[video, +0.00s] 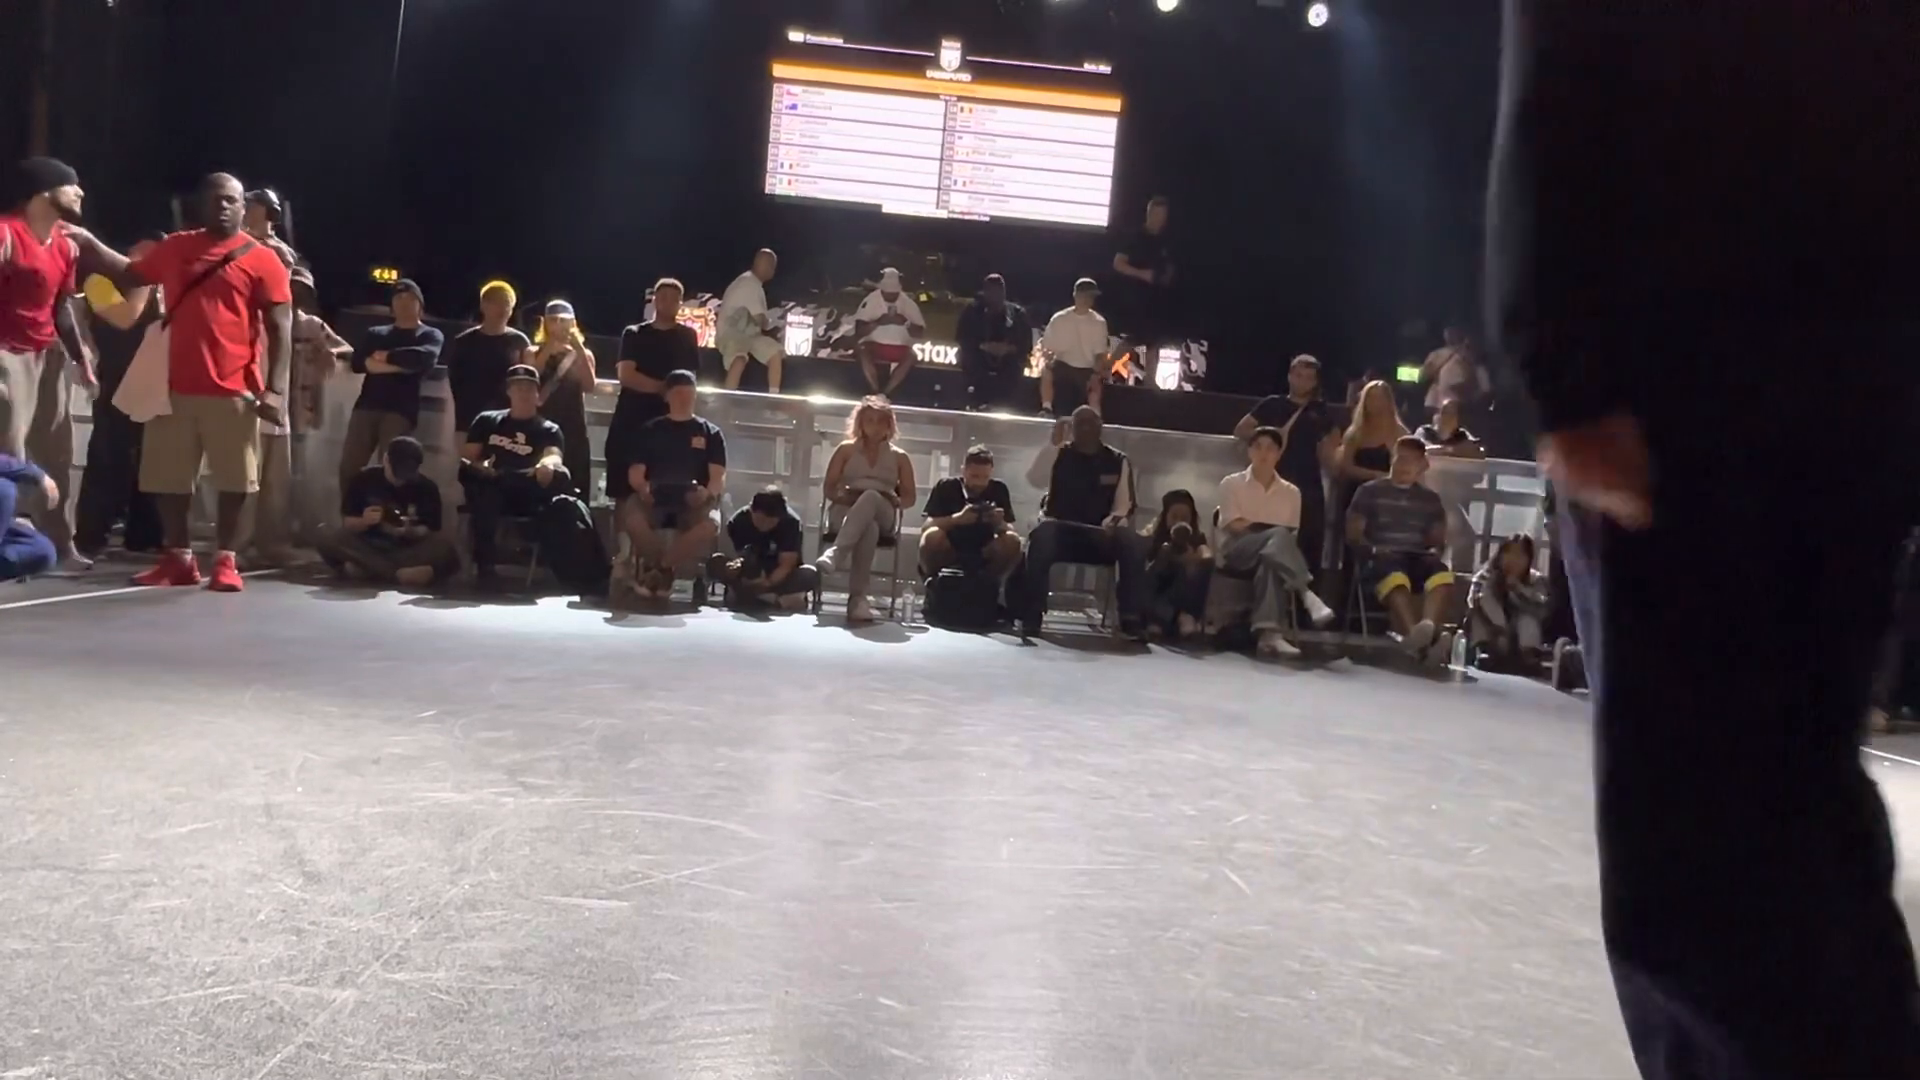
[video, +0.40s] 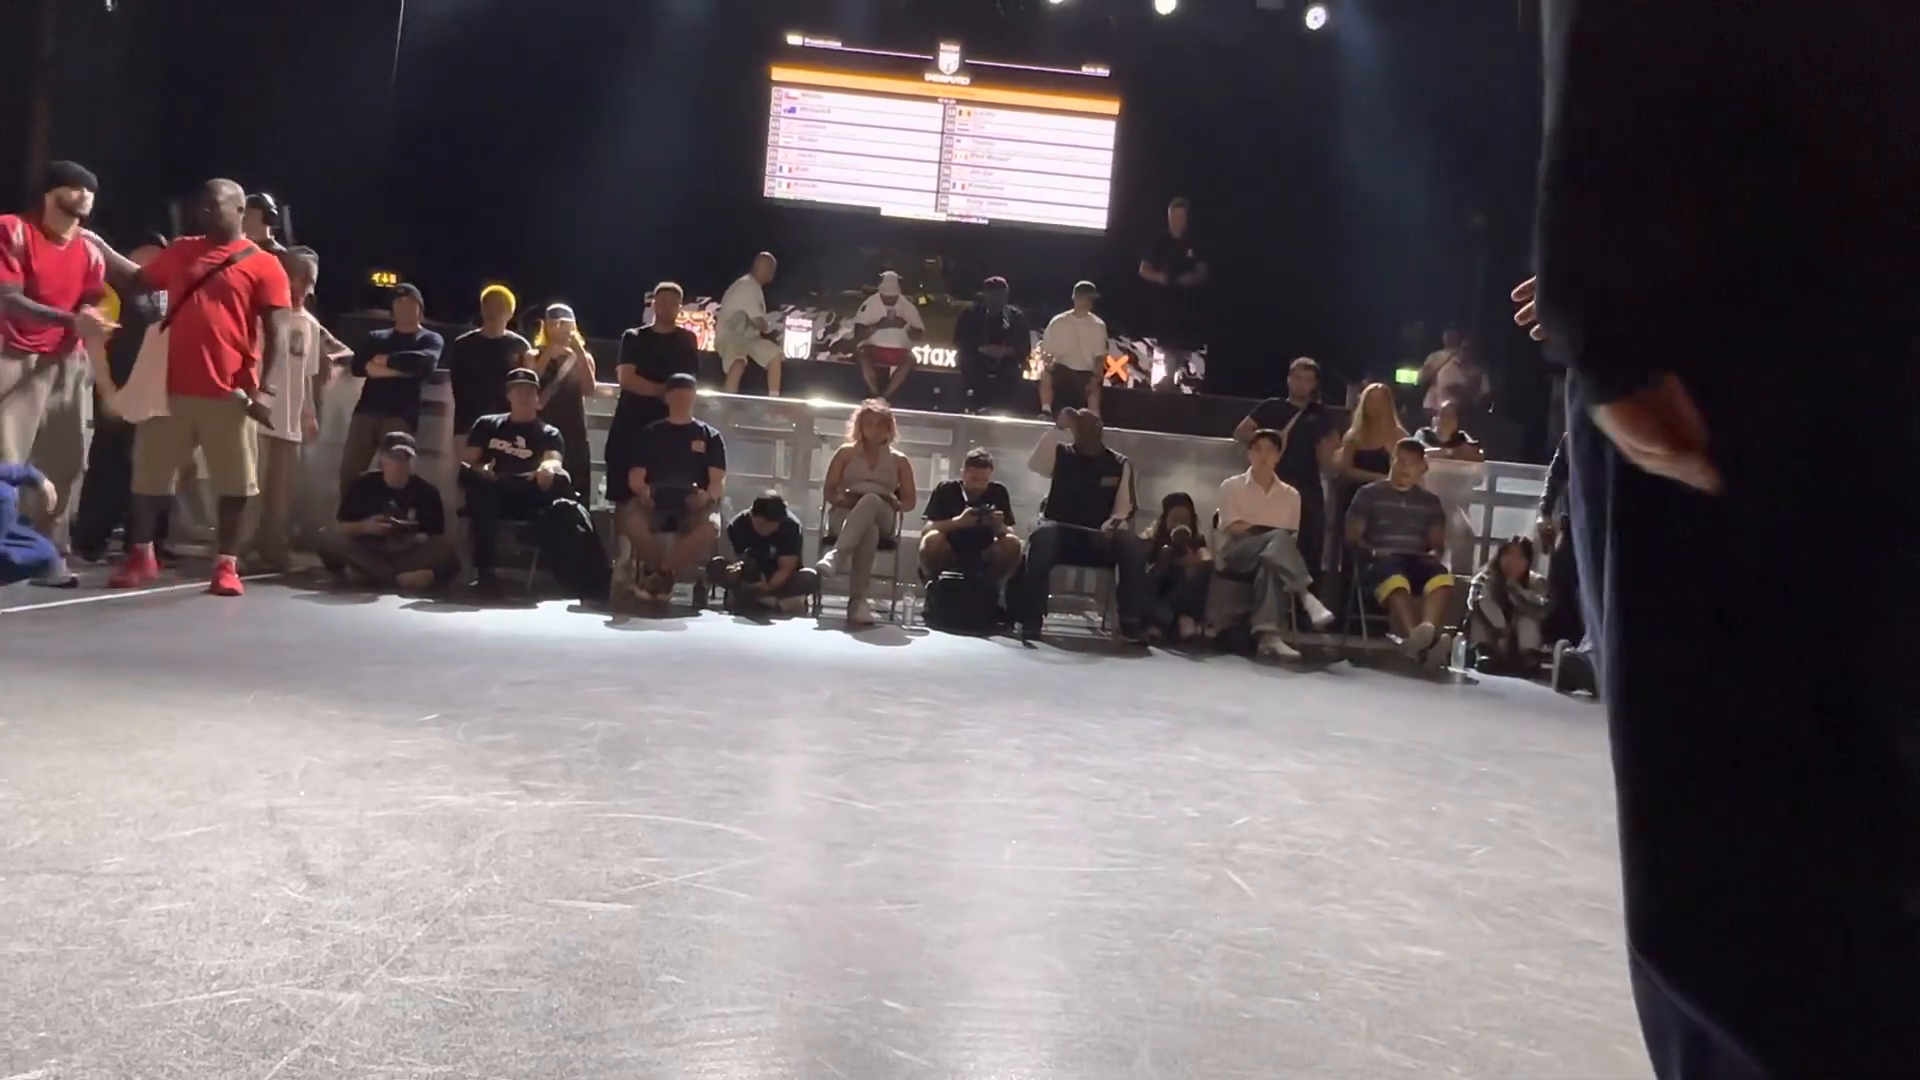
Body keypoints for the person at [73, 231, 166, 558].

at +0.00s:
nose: (150, 265)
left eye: (156, 258)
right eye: (147, 256)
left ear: (161, 260)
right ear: (132, 253)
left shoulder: (161, 285)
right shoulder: (100, 282)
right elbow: (125, 317)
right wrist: (145, 278)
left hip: (154, 383)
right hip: (116, 384)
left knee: (151, 460)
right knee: (109, 458)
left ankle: (144, 534)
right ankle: (92, 534)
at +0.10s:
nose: (150, 266)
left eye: (157, 260)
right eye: (147, 257)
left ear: (163, 263)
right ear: (132, 254)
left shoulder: (163, 290)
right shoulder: (103, 285)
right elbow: (105, 332)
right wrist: (147, 310)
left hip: (153, 383)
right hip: (114, 383)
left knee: (149, 459)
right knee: (108, 458)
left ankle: (143, 534)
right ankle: (90, 535)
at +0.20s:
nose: (149, 264)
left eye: (157, 258)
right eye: (145, 256)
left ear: (166, 261)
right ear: (132, 253)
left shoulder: (167, 292)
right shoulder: (109, 288)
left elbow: (173, 335)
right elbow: (99, 338)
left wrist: (137, 344)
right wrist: (138, 343)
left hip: (153, 379)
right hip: (115, 379)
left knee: (147, 458)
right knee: (107, 457)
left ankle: (141, 535)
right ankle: (92, 535)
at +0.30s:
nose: (150, 268)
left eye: (157, 262)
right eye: (144, 261)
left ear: (166, 263)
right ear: (130, 259)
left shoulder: (168, 293)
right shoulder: (111, 290)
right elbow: (94, 334)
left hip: (153, 378)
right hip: (115, 377)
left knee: (145, 461)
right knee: (107, 459)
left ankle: (141, 538)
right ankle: (91, 535)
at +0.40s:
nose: (148, 273)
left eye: (156, 265)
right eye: (140, 265)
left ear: (166, 265)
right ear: (128, 263)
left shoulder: (172, 297)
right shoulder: (114, 295)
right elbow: (92, 340)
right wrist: (106, 389)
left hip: (154, 391)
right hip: (119, 391)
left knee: (152, 466)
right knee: (107, 466)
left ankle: (147, 538)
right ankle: (90, 537)